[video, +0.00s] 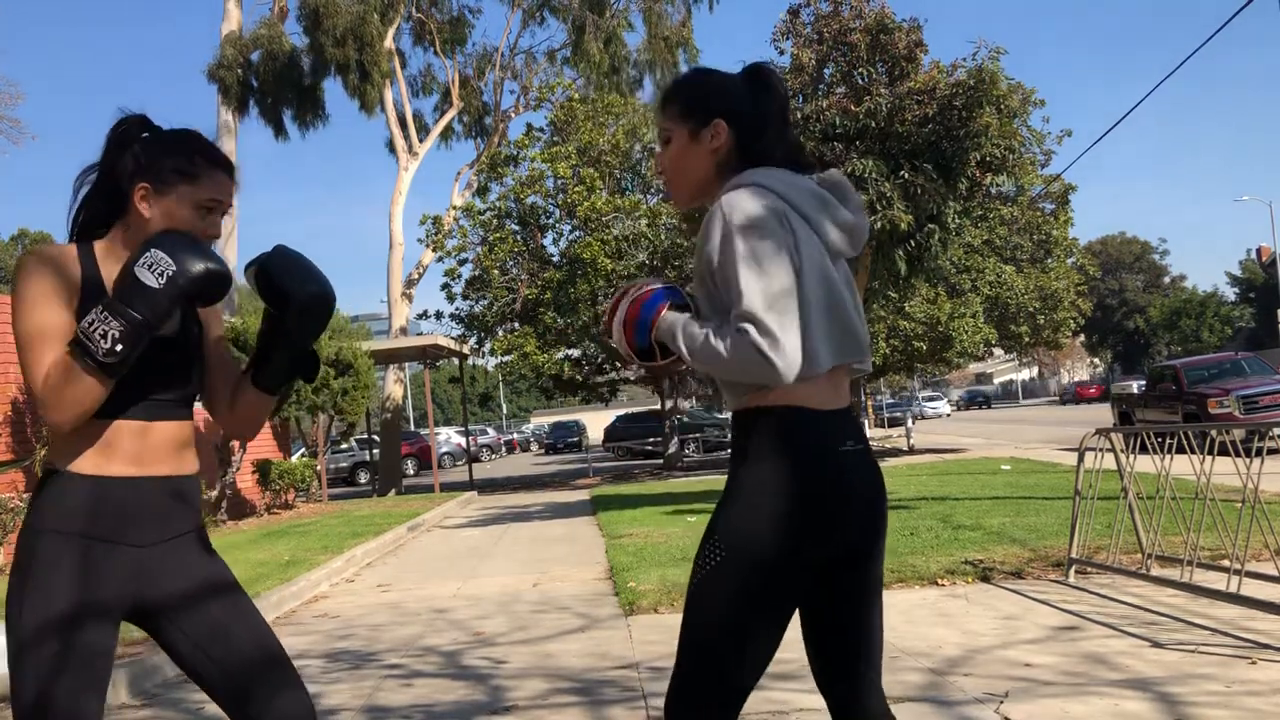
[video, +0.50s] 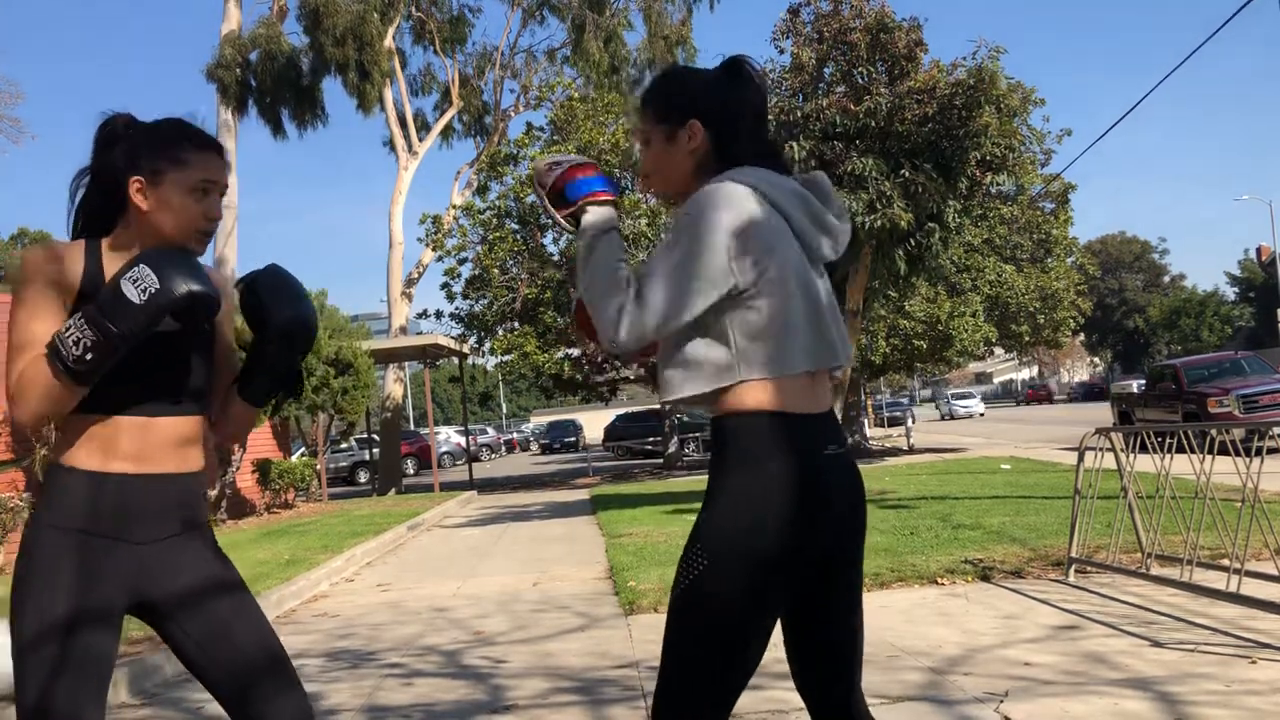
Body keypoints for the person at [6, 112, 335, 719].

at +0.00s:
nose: (218, 231)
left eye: (224, 216)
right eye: (206, 211)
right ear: (145, 199)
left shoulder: (198, 295)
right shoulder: (51, 269)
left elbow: (237, 419)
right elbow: (59, 408)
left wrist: (287, 339)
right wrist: (131, 310)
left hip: (178, 539)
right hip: (73, 540)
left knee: (286, 707)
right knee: (55, 709)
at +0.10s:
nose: (208, 231)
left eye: (213, 216)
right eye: (197, 211)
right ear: (135, 201)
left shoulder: (187, 300)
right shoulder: (41, 270)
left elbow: (226, 425)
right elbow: (43, 413)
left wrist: (277, 345)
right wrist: (116, 316)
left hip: (172, 540)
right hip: (66, 540)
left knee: (280, 708)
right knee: (49, 710)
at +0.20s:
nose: (198, 228)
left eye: (202, 212)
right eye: (185, 208)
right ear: (123, 202)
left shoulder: (182, 304)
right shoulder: (33, 272)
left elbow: (206, 438)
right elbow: (26, 423)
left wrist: (266, 354)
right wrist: (102, 322)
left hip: (168, 543)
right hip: (60, 544)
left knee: (274, 709)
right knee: (41, 709)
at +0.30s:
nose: (198, 218)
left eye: (200, 201)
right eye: (183, 197)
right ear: (121, 195)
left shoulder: (186, 299)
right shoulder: (36, 271)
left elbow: (207, 435)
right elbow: (21, 418)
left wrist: (258, 360)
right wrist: (94, 323)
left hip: (167, 538)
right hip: (61, 539)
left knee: (274, 708)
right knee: (41, 710)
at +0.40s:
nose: (205, 213)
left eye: (208, 196)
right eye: (189, 192)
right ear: (128, 193)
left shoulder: (200, 293)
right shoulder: (43, 267)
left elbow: (215, 433)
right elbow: (20, 416)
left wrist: (263, 359)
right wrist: (98, 321)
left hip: (174, 537)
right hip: (66, 538)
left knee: (277, 708)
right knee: (45, 710)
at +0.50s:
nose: (218, 212)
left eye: (220, 195)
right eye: (204, 192)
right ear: (142, 192)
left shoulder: (210, 289)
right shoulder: (56, 265)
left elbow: (222, 429)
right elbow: (27, 411)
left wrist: (275, 360)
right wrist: (109, 321)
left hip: (183, 535)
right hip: (74, 536)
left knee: (284, 708)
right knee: (57, 710)